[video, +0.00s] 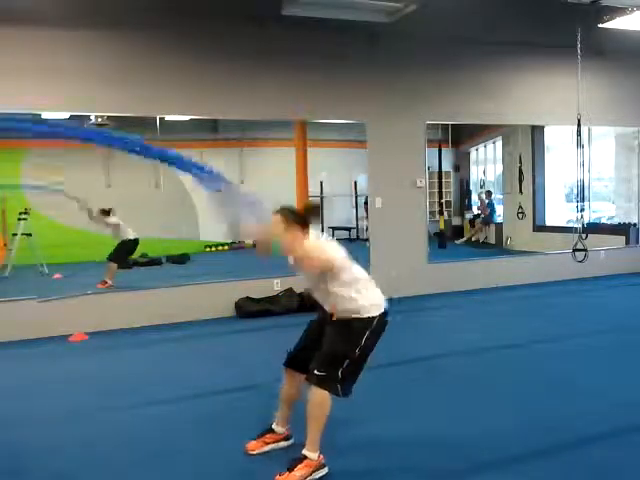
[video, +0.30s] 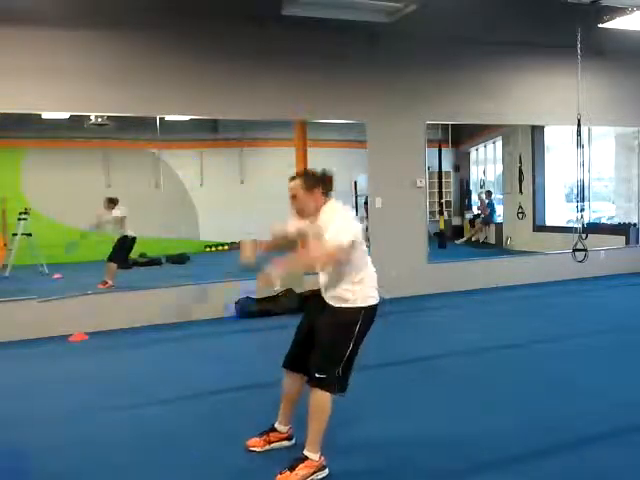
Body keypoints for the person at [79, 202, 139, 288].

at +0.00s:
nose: (99, 218)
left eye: (100, 216)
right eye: (99, 216)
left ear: (103, 215)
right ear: (107, 214)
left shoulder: (112, 219)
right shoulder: (111, 220)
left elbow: (117, 223)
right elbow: (93, 218)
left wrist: (115, 235)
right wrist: (89, 210)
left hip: (129, 240)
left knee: (113, 259)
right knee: (116, 261)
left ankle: (108, 281)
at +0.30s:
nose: (104, 207)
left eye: (106, 204)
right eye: (104, 204)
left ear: (110, 204)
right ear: (114, 204)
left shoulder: (118, 212)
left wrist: (101, 219)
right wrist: (99, 220)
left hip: (125, 237)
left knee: (112, 259)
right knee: (120, 263)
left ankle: (109, 281)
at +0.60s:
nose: (94, 222)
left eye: (95, 219)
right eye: (94, 219)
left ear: (99, 219)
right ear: (102, 218)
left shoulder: (107, 225)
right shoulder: (109, 222)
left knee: (109, 260)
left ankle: (107, 281)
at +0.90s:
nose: (108, 207)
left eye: (110, 204)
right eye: (108, 205)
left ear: (114, 204)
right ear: (117, 203)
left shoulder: (120, 210)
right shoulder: (120, 211)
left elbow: (104, 213)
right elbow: (103, 214)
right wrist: (92, 217)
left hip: (127, 237)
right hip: (124, 236)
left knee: (114, 259)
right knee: (111, 259)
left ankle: (109, 281)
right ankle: (106, 280)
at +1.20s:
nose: (95, 221)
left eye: (97, 218)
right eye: (96, 218)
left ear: (102, 219)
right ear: (104, 219)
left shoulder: (109, 225)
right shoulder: (109, 224)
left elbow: (111, 240)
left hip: (128, 241)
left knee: (112, 260)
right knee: (111, 260)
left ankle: (109, 282)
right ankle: (107, 280)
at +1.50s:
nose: (112, 205)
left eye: (114, 202)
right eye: (112, 203)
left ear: (118, 202)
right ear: (113, 202)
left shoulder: (122, 209)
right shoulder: (120, 209)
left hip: (127, 236)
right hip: (123, 236)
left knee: (116, 259)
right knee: (115, 259)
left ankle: (111, 281)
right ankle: (108, 279)